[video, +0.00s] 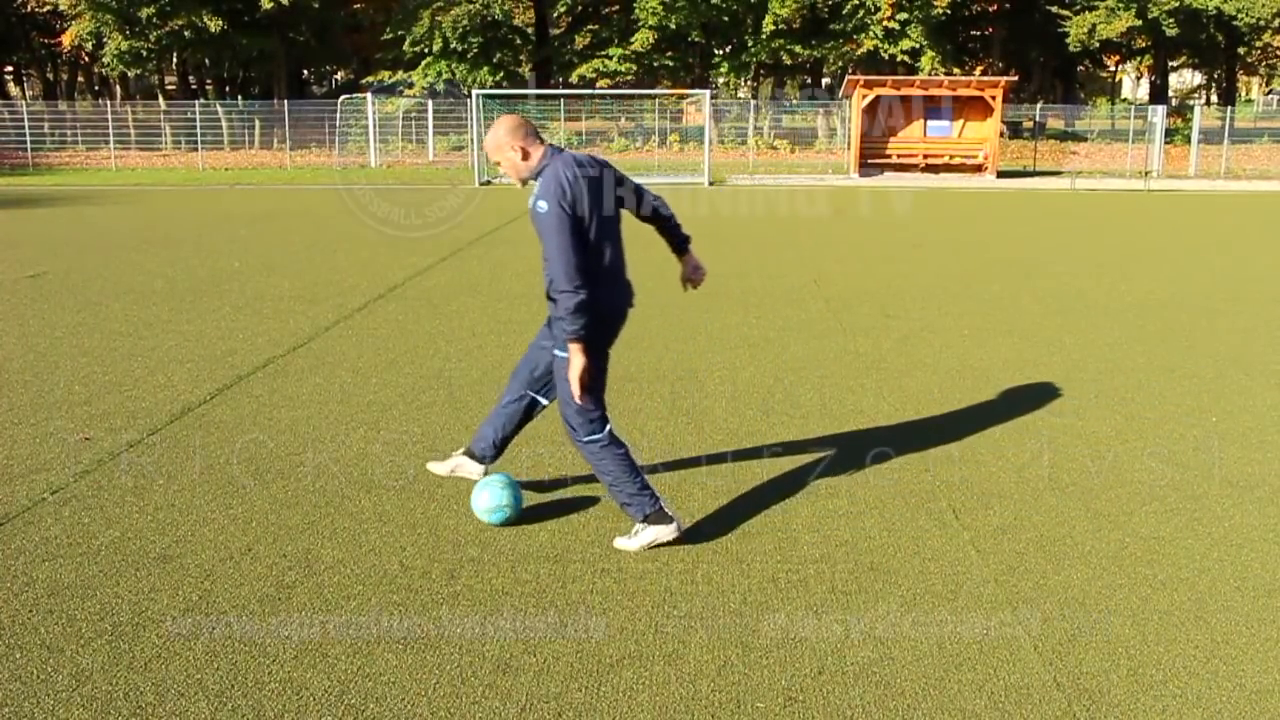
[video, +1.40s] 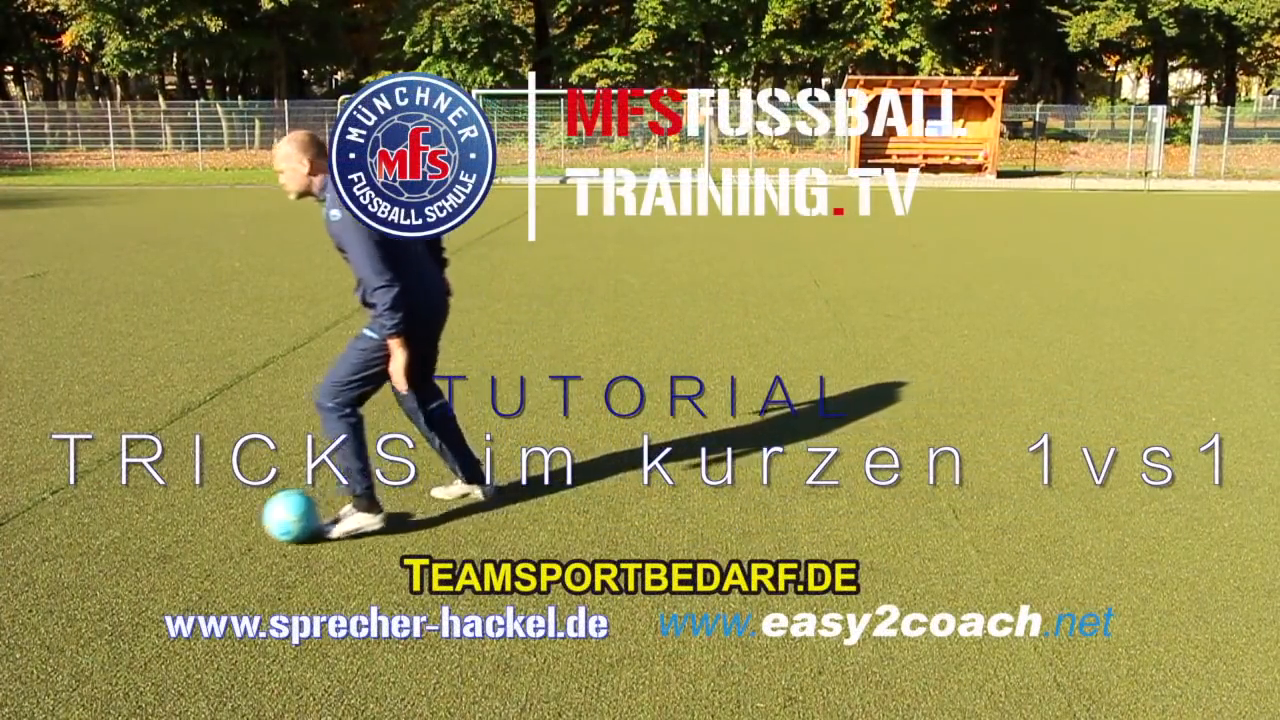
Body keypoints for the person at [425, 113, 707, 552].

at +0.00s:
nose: (502, 173)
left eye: (501, 163)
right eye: (498, 165)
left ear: (523, 151)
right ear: (530, 146)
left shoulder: (547, 193)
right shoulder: (592, 166)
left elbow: (565, 278)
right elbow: (649, 204)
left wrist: (576, 348)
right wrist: (685, 253)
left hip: (582, 316)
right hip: (608, 303)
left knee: (586, 426)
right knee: (529, 380)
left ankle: (654, 517)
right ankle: (476, 457)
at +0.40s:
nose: (439, 167)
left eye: (440, 157)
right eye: (437, 157)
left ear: (460, 150)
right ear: (472, 142)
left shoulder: (481, 193)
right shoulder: (522, 171)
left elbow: (498, 272)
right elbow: (582, 209)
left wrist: (509, 337)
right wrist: (624, 258)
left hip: (522, 315)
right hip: (548, 301)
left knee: (544, 417)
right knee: (488, 384)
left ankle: (629, 497)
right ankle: (477, 485)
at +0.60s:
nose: (412, 176)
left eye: (415, 166)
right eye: (410, 166)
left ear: (435, 165)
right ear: (458, 155)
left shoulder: (447, 206)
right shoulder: (497, 181)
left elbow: (468, 278)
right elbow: (554, 218)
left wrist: (482, 342)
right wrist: (590, 265)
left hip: (500, 311)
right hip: (531, 301)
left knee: (490, 419)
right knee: (466, 379)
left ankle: (586, 478)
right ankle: (476, 479)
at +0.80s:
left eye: (391, 182)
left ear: (405, 187)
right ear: (438, 169)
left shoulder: (427, 221)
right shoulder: (471, 193)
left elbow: (451, 283)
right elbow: (528, 223)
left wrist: (465, 343)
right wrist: (555, 269)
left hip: (486, 312)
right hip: (515, 300)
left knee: (445, 409)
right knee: (468, 396)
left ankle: (530, 468)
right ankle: (477, 479)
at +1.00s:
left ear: (388, 194)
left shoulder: (406, 224)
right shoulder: (445, 199)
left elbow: (437, 282)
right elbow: (500, 225)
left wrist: (454, 345)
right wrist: (519, 274)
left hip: (470, 310)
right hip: (495, 299)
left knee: (403, 394)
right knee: (454, 390)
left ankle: (468, 475)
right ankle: (473, 476)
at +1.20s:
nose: (323, 193)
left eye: (324, 183)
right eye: (321, 184)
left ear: (344, 179)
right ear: (357, 174)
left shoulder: (380, 216)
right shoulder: (414, 190)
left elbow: (419, 282)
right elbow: (466, 226)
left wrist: (438, 344)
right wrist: (482, 275)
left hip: (439, 316)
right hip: (472, 303)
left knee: (371, 390)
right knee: (429, 391)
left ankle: (409, 485)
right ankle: (473, 480)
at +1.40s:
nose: (280, 181)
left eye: (282, 172)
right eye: (278, 173)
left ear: (307, 167)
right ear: (313, 165)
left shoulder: (340, 206)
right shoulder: (363, 181)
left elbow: (380, 280)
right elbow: (421, 216)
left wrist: (397, 346)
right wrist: (437, 272)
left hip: (399, 315)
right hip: (429, 302)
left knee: (334, 397)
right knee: (414, 386)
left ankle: (365, 506)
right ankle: (470, 477)